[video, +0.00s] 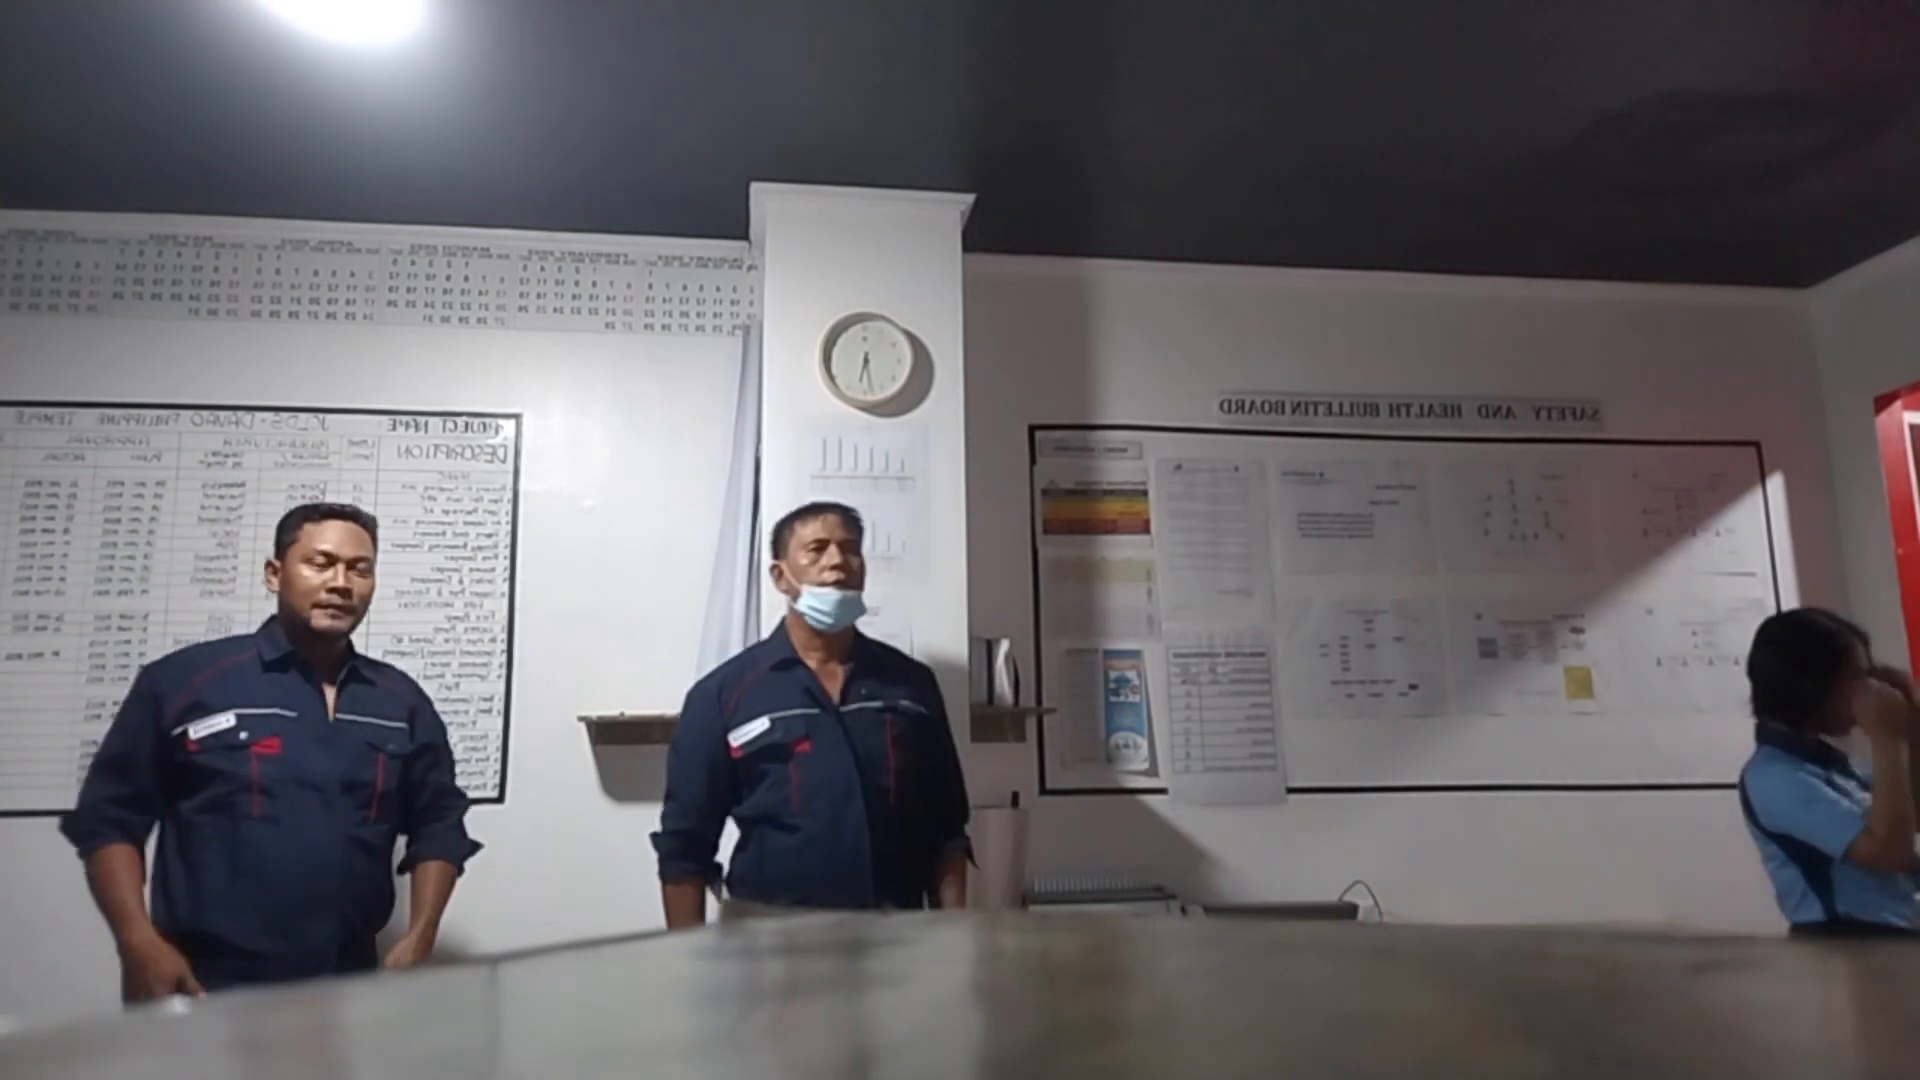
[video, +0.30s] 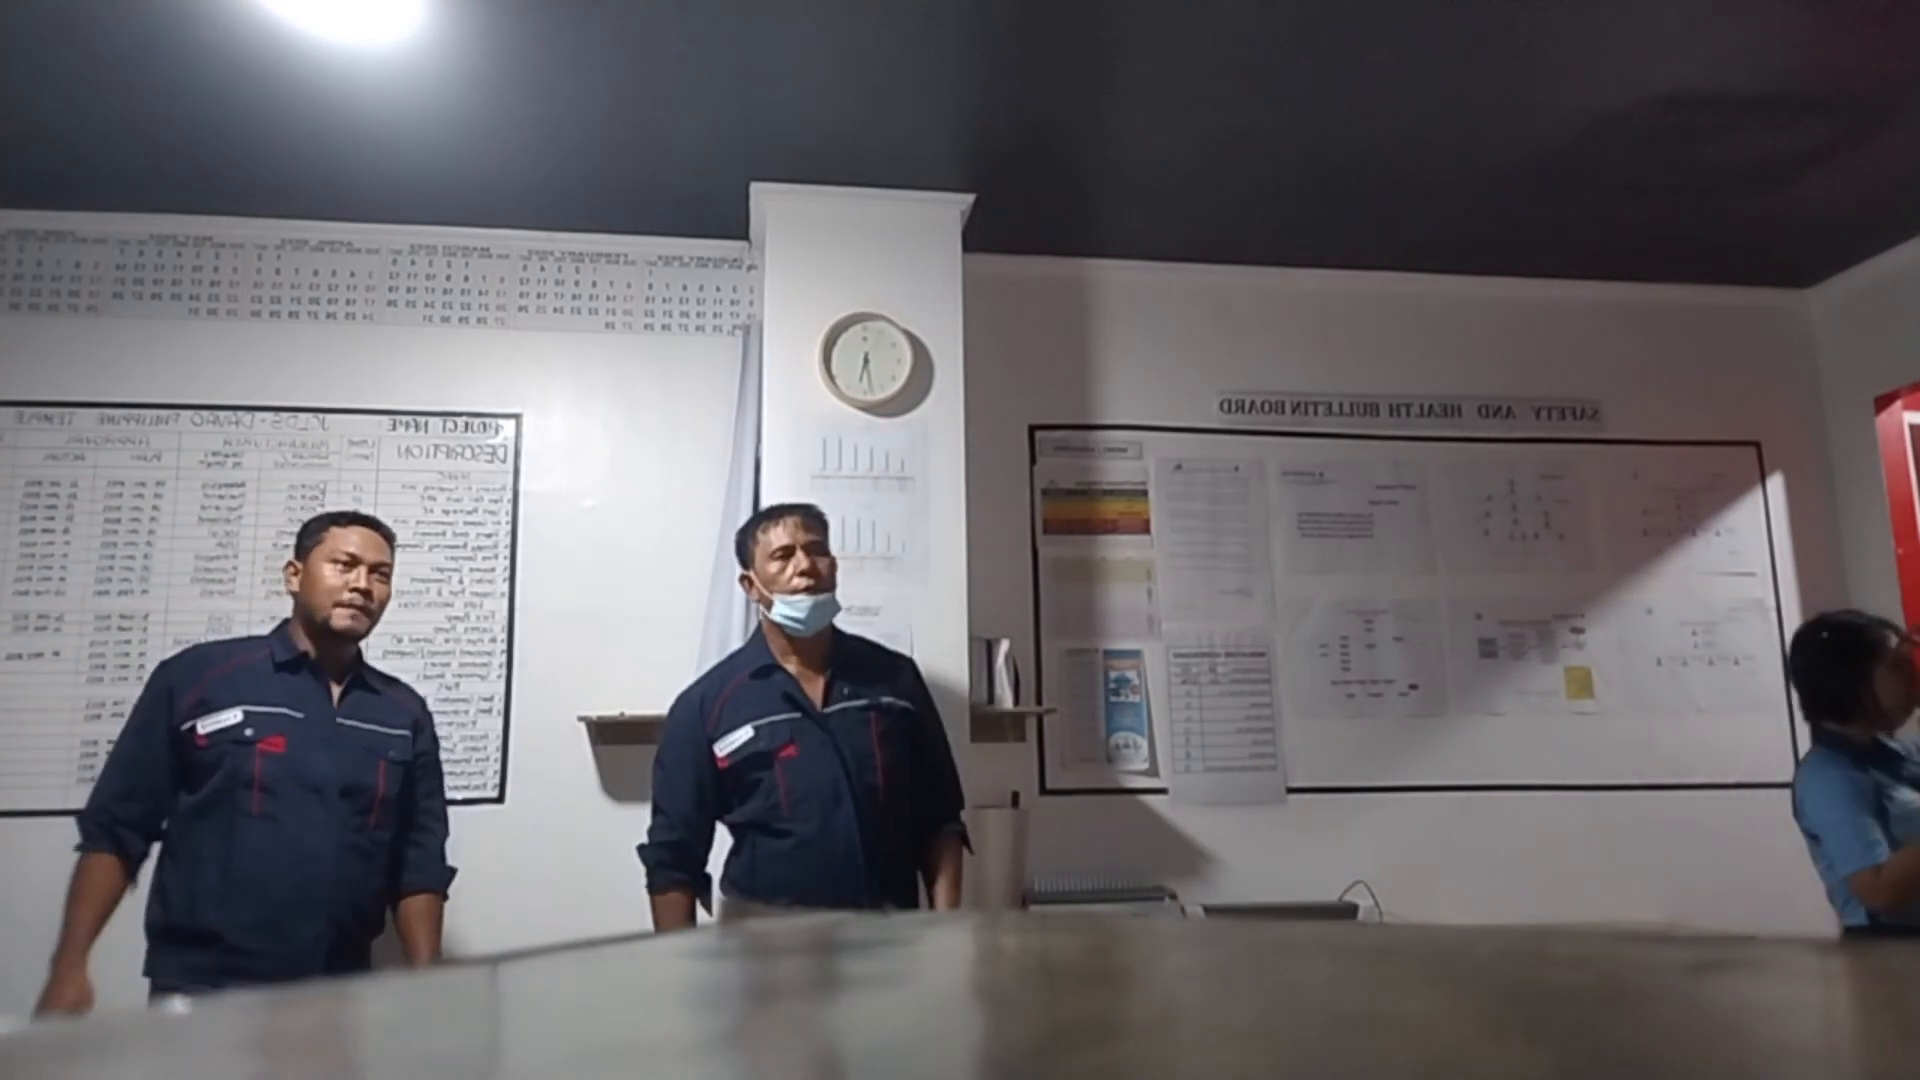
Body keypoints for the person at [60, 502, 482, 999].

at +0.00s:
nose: (342, 582)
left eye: (359, 568)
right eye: (321, 563)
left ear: (373, 585)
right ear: (275, 575)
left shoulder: (403, 703)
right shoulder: (180, 685)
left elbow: (441, 826)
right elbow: (105, 819)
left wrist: (420, 937)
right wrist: (140, 943)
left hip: (343, 999)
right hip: (202, 1001)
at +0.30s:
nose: (363, 583)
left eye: (380, 574)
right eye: (345, 564)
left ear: (390, 594)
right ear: (296, 575)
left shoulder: (405, 715)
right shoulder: (194, 680)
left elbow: (420, 870)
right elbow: (118, 832)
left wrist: (429, 992)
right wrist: (70, 965)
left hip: (336, 999)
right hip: (200, 997)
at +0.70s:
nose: (303, 576)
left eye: (319, 565)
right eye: (282, 554)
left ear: (330, 588)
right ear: (230, 570)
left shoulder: (336, 711)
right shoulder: (126, 684)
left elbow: (360, 861)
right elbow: (43, 861)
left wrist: (397, 984)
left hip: (293, 1008)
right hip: (154, 1011)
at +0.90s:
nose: (250, 568)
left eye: (268, 555)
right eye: (227, 548)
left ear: (280, 579)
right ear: (173, 566)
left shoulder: (293, 703)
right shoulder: (69, 692)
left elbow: (307, 850)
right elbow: (9, 855)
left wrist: (330, 972)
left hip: (252, 1011)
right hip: (108, 1015)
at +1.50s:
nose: (200, 565)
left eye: (214, 553)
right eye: (177, 542)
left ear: (222, 577)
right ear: (112, 555)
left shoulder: (218, 708)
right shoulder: (21, 669)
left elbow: (228, 866)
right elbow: (9, 849)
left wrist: (256, 1004)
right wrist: (8, 1013)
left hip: (193, 1019)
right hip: (55, 1019)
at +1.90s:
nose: (240, 567)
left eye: (254, 554)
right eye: (215, 547)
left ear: (265, 573)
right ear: (157, 566)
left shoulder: (286, 699)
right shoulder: (58, 693)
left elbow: (309, 857)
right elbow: (10, 866)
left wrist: (330, 989)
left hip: (255, 1009)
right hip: (110, 1014)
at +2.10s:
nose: (271, 576)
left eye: (286, 562)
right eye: (248, 557)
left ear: (298, 580)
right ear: (196, 575)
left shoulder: (321, 705)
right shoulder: (103, 695)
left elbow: (354, 857)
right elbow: (36, 861)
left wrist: (398, 980)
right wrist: (6, 1000)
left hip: (295, 1009)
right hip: (152, 1016)